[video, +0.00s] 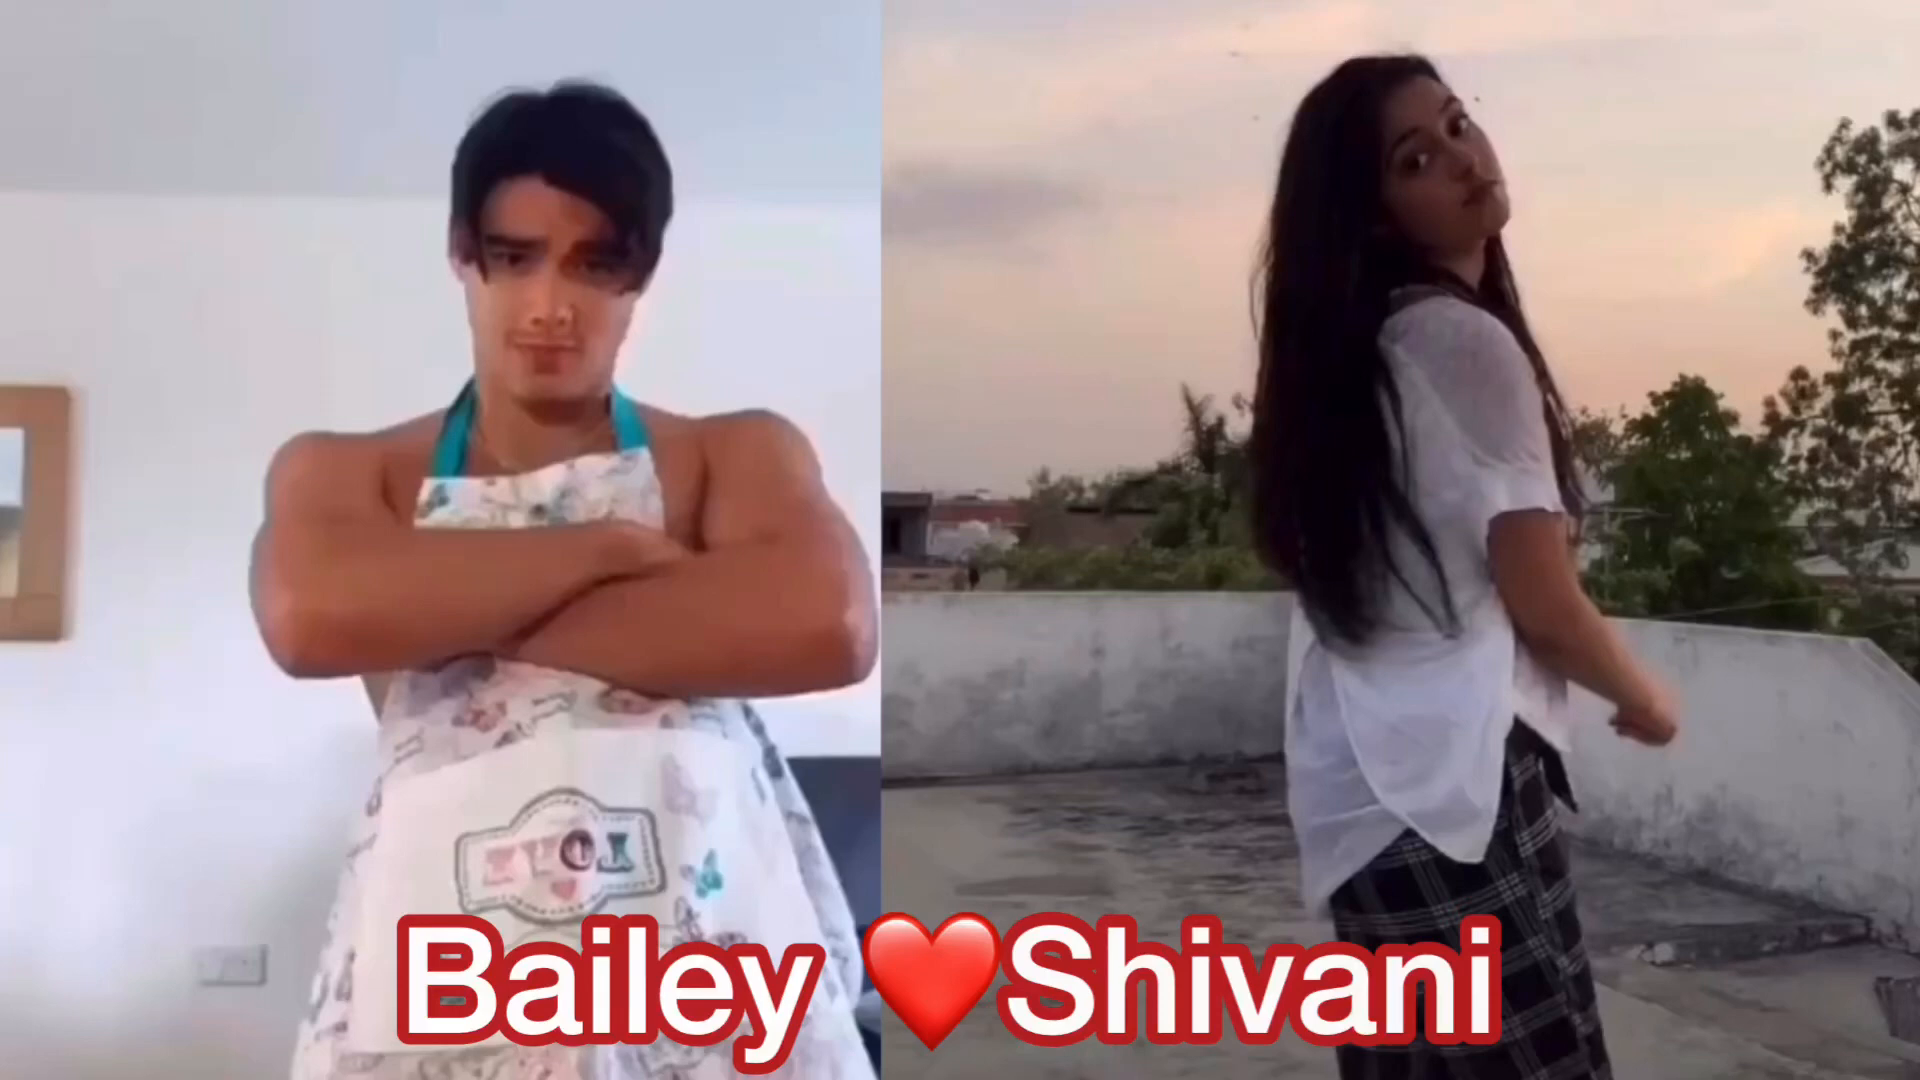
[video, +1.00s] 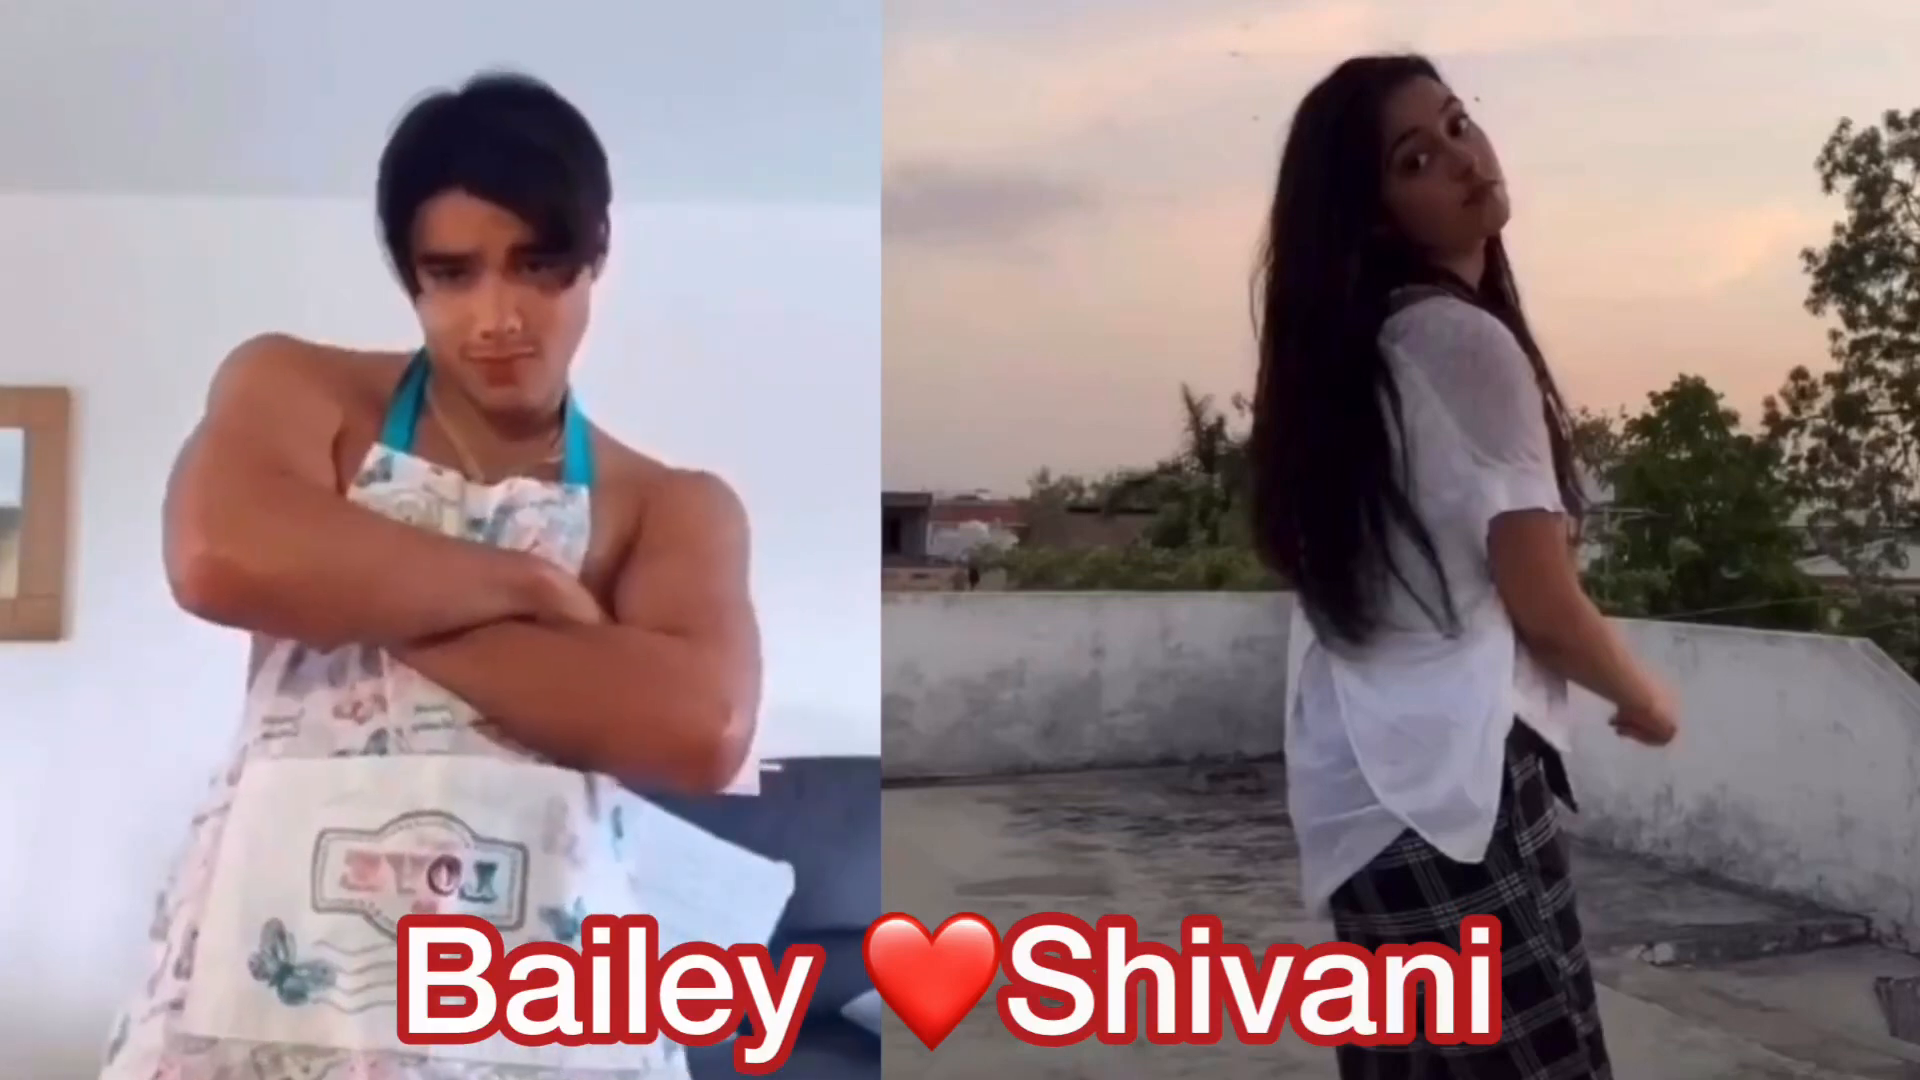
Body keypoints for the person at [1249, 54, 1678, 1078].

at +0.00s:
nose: (1467, 158)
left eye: (1459, 125)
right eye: (1418, 158)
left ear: (1480, 129)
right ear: (1371, 210)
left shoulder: (1353, 333)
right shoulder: (1464, 339)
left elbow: (1393, 566)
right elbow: (1545, 604)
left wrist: (1546, 666)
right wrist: (1643, 697)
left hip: (1363, 784)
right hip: (1451, 790)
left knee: (1397, 1056)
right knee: (1544, 1056)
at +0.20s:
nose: (1467, 158)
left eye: (1459, 125)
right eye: (1418, 158)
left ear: (1480, 129)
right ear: (1370, 209)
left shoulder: (1352, 333)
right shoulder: (1464, 339)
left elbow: (1393, 566)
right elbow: (1545, 604)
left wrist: (1546, 666)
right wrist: (1643, 697)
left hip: (1362, 784)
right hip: (1451, 790)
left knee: (1397, 1056)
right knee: (1544, 1056)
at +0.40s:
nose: (1467, 158)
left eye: (1459, 125)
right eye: (1418, 158)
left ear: (1480, 129)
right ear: (1371, 210)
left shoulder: (1352, 333)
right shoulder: (1464, 339)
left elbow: (1392, 566)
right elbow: (1545, 603)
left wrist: (1545, 666)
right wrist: (1643, 697)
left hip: (1361, 784)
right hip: (1451, 790)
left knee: (1396, 1056)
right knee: (1544, 1055)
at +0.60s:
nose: (1467, 158)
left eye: (1459, 125)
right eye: (1418, 158)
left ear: (1480, 129)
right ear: (1371, 210)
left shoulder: (1352, 333)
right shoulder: (1464, 339)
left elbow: (1392, 566)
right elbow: (1544, 603)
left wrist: (1545, 666)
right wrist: (1643, 698)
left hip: (1361, 784)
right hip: (1451, 790)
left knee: (1396, 1056)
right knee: (1544, 1055)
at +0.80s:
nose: (1467, 158)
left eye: (1460, 125)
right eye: (1418, 158)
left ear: (1480, 128)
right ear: (1370, 210)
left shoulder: (1352, 333)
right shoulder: (1464, 339)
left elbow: (1393, 566)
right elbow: (1544, 602)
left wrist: (1548, 667)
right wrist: (1643, 697)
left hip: (1361, 784)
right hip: (1450, 789)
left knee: (1397, 1056)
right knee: (1544, 1056)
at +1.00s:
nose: (1467, 158)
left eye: (1459, 125)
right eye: (1418, 158)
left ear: (1480, 128)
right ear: (1370, 209)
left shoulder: (1352, 333)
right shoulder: (1464, 339)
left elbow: (1393, 567)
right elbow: (1545, 604)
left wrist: (1546, 666)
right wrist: (1643, 697)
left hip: (1362, 784)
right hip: (1451, 790)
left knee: (1397, 1056)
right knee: (1544, 1056)